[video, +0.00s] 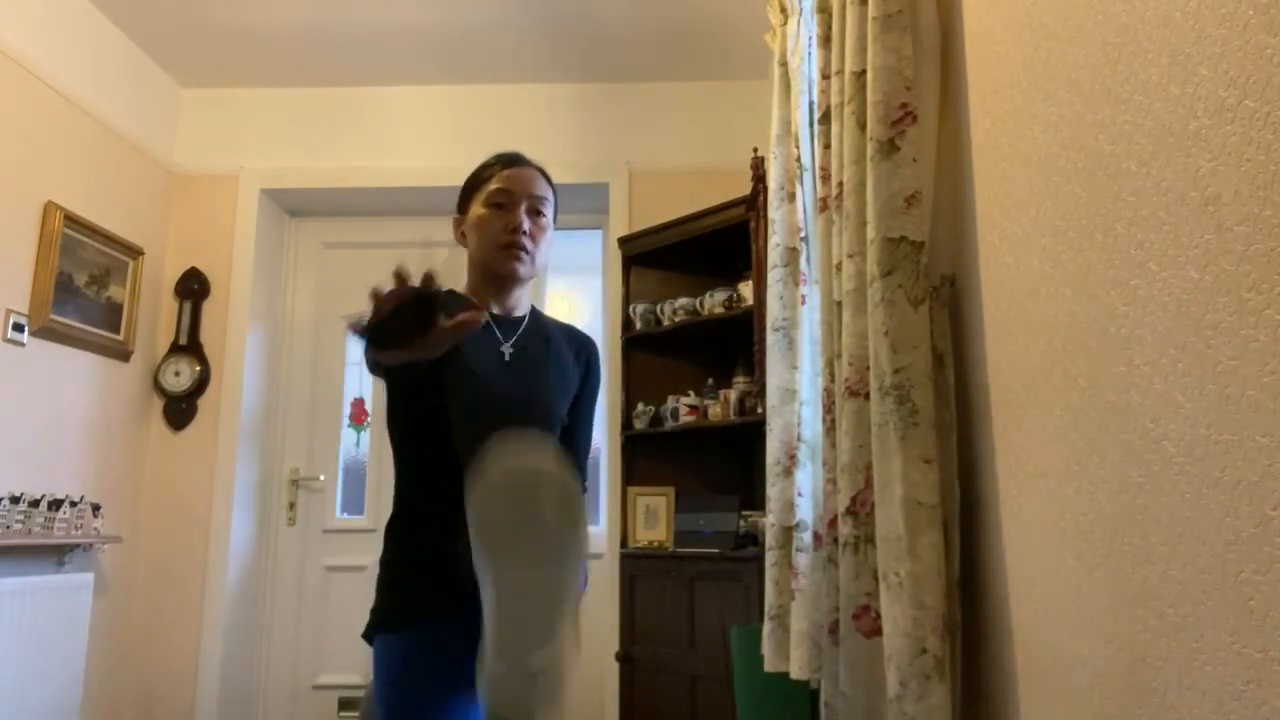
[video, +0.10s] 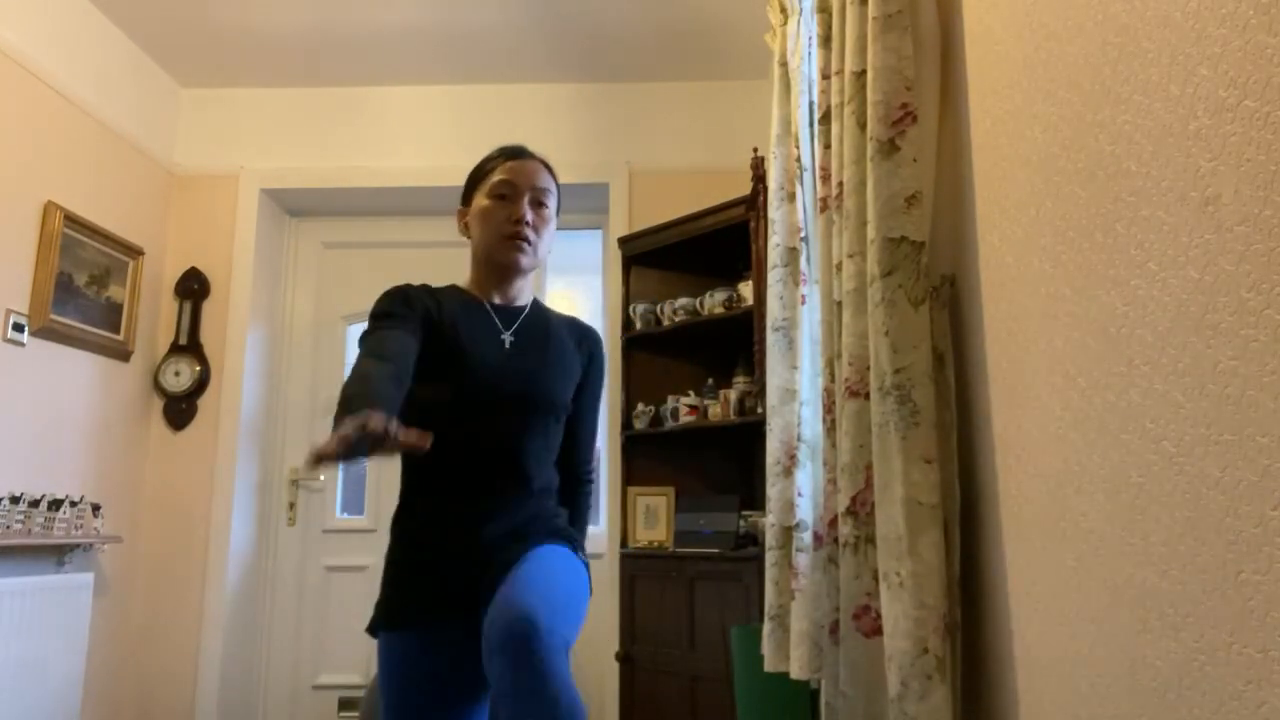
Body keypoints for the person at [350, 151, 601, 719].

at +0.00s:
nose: (521, 220)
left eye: (538, 211)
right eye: (500, 204)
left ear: (549, 238)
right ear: (461, 227)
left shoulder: (575, 352)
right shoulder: (422, 322)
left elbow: (573, 478)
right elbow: (385, 348)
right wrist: (401, 335)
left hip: (533, 600)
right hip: (426, 596)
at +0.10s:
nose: (523, 212)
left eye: (540, 204)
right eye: (503, 196)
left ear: (554, 233)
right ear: (465, 219)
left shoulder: (579, 343)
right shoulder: (416, 307)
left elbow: (578, 471)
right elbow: (383, 359)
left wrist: (566, 557)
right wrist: (368, 411)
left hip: (537, 548)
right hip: (431, 554)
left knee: (523, 633)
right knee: (414, 708)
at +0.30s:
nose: (535, 218)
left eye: (553, 209)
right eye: (515, 204)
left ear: (569, 237)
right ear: (480, 229)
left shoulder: (606, 341)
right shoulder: (430, 329)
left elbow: (621, 480)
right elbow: (381, 467)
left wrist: (629, 603)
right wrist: (335, 595)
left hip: (568, 620)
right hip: (442, 615)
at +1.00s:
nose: (568, 218)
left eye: (587, 206)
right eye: (549, 204)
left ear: (609, 236)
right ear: (521, 231)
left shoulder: (630, 326)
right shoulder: (478, 333)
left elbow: (674, 349)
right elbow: (453, 471)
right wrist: (425, 605)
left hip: (604, 582)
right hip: (497, 573)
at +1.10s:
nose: (565, 213)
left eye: (582, 202)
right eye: (546, 198)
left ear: (604, 230)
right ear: (516, 224)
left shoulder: (639, 319)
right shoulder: (471, 327)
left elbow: (678, 360)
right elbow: (442, 467)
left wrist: (686, 395)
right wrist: (404, 605)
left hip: (602, 568)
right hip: (492, 555)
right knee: (491, 703)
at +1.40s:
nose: (533, 221)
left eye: (551, 211)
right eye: (514, 205)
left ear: (566, 238)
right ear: (480, 228)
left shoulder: (596, 347)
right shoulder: (423, 325)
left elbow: (618, 484)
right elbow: (369, 453)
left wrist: (630, 607)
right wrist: (308, 572)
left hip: (548, 604)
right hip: (431, 598)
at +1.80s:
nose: (513, 224)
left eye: (527, 213)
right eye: (495, 209)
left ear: (540, 240)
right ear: (461, 228)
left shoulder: (565, 355)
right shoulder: (407, 336)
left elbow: (563, 493)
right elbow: (391, 322)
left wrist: (531, 635)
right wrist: (410, 249)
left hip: (526, 590)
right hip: (421, 597)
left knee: (514, 475)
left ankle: (484, 370)